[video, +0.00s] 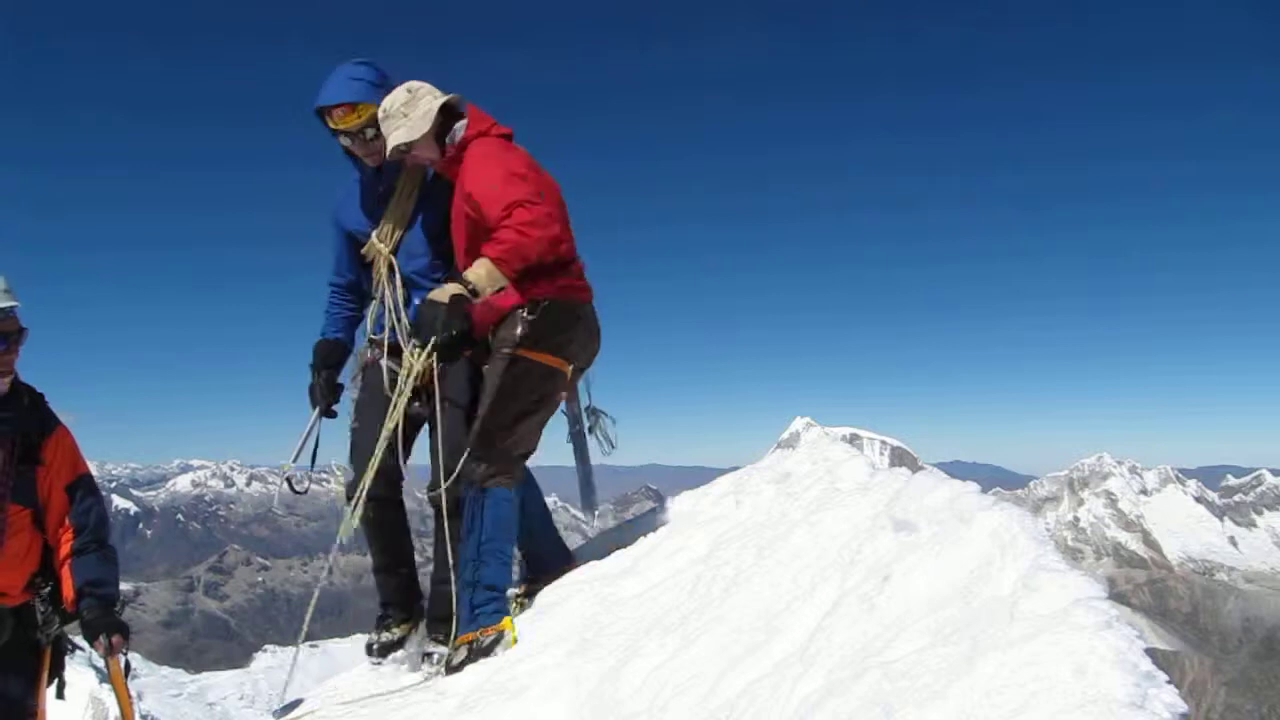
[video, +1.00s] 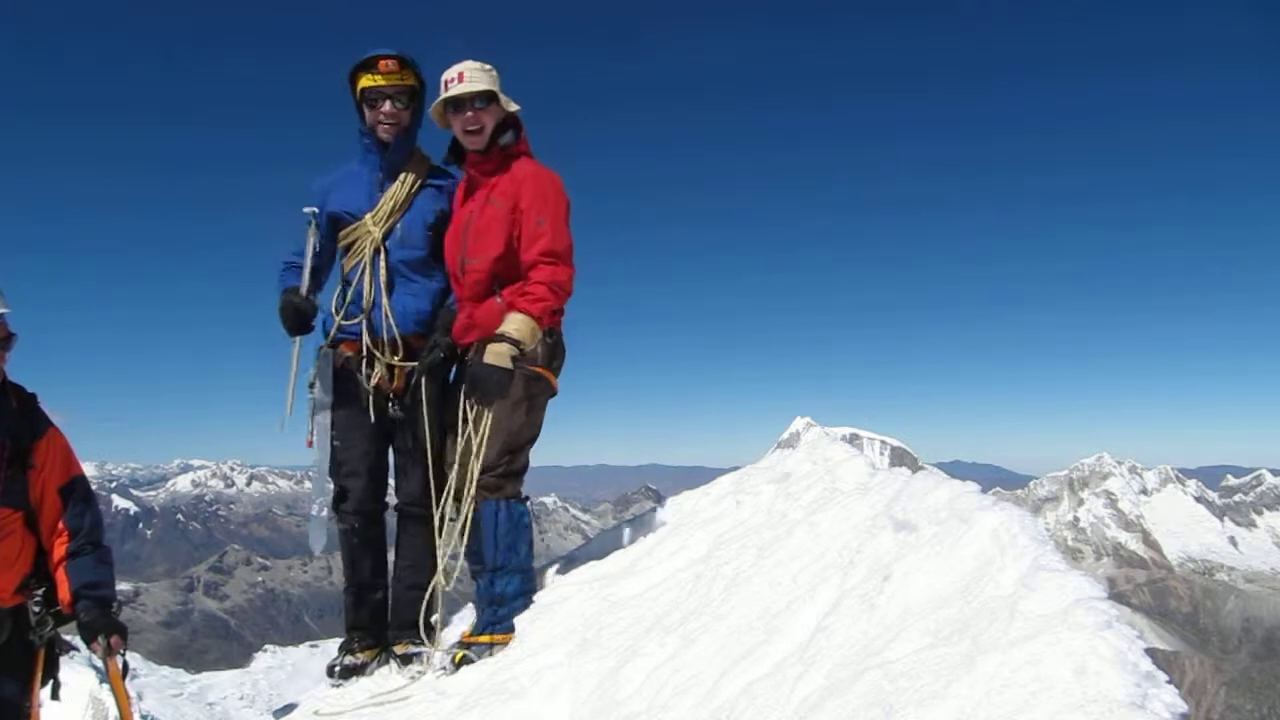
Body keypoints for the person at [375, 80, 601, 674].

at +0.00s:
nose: (415, 161)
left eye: (413, 148)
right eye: (407, 154)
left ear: (434, 129)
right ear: (427, 136)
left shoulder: (490, 157)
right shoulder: (469, 169)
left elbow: (538, 226)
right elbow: (492, 264)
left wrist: (465, 284)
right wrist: (457, 320)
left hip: (546, 313)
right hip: (523, 317)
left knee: (492, 462)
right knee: (496, 454)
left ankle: (481, 624)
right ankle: (553, 572)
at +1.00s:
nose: (470, 117)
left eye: (480, 104)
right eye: (458, 108)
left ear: (502, 110)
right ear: (447, 120)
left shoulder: (533, 179)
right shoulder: (460, 192)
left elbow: (550, 273)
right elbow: (449, 278)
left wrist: (508, 342)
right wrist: (439, 344)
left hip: (518, 345)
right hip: (470, 347)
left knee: (493, 477)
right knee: (472, 478)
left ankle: (500, 618)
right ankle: (496, 610)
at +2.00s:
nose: (467, 123)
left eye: (476, 111)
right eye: (455, 115)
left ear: (496, 115)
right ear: (444, 127)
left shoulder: (531, 184)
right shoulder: (445, 200)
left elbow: (565, 267)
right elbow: (435, 277)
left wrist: (545, 333)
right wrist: (432, 342)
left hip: (519, 345)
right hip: (461, 354)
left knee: (500, 453)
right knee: (468, 473)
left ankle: (531, 566)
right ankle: (494, 604)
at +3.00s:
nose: (481, 120)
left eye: (490, 110)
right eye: (468, 112)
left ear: (508, 117)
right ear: (452, 122)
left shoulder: (541, 190)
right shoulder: (439, 190)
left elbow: (567, 275)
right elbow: (418, 274)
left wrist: (554, 337)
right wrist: (424, 344)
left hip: (528, 342)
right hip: (462, 348)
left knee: (534, 454)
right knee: (473, 473)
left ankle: (550, 573)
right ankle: (484, 605)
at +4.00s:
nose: (490, 122)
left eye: (500, 112)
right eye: (479, 113)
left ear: (517, 120)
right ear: (464, 125)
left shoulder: (550, 194)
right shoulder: (449, 198)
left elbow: (569, 276)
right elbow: (436, 276)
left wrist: (557, 342)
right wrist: (448, 347)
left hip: (534, 341)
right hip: (472, 346)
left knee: (538, 451)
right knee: (478, 471)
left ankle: (550, 571)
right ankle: (484, 601)